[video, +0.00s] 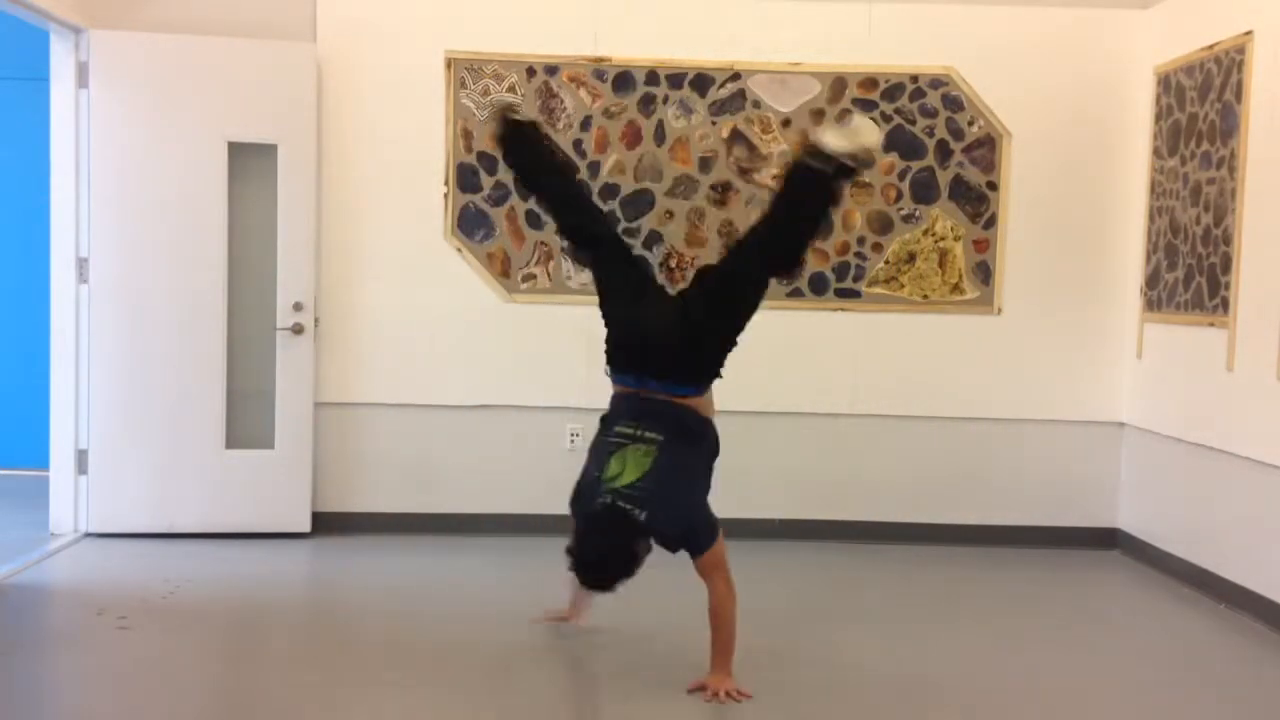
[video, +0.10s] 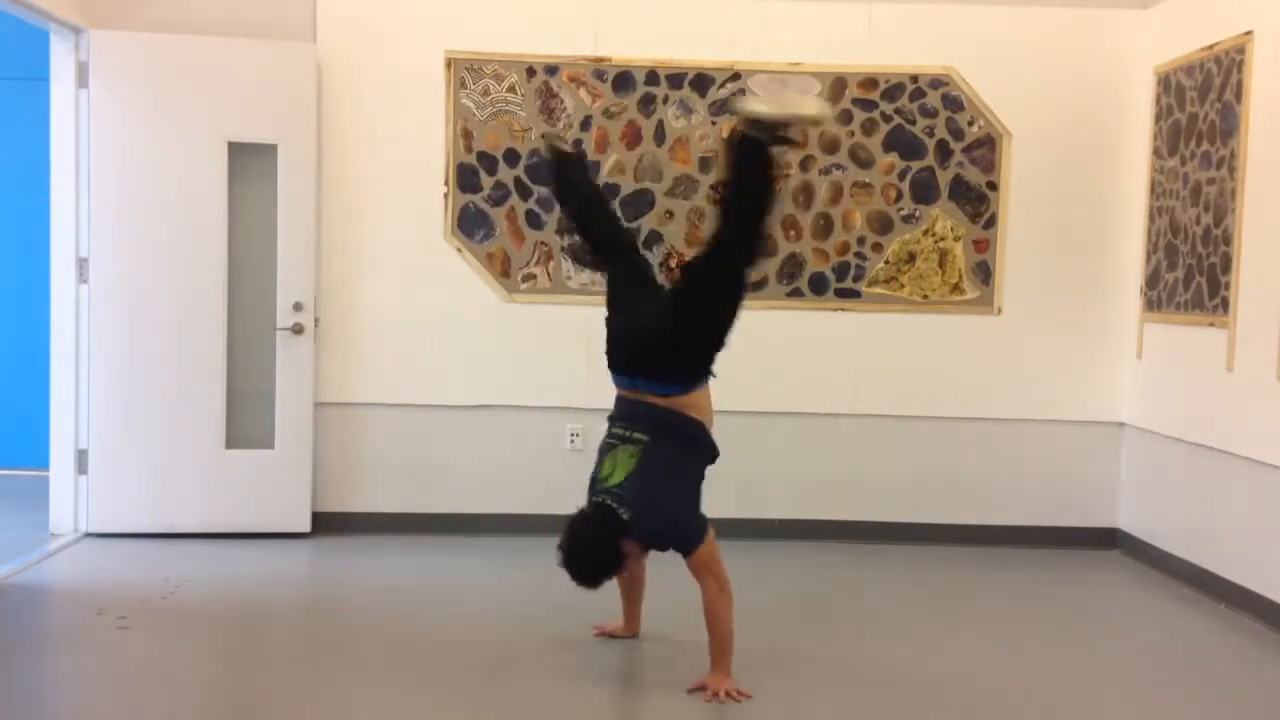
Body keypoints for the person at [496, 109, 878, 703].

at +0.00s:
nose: (602, 587)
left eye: (612, 581)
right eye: (591, 580)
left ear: (635, 554)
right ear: (583, 544)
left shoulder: (683, 516)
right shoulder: (585, 508)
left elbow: (722, 585)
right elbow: (583, 556)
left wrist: (720, 671)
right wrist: (577, 603)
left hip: (694, 371)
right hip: (631, 360)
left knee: (762, 256)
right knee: (590, 235)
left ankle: (822, 164)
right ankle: (514, 131)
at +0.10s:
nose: (616, 578)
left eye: (615, 571)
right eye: (609, 576)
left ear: (623, 548)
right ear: (580, 531)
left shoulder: (674, 520)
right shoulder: (600, 513)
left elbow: (716, 586)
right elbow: (632, 566)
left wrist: (720, 671)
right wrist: (631, 624)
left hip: (686, 372)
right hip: (629, 371)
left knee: (734, 245)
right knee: (617, 249)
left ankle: (755, 137)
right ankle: (561, 160)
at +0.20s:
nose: (616, 572)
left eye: (612, 565)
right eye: (606, 570)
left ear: (617, 544)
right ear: (599, 534)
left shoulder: (661, 520)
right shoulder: (606, 508)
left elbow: (707, 586)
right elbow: (638, 566)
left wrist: (720, 670)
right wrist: (635, 625)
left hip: (673, 368)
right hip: (628, 368)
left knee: (678, 244)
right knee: (643, 264)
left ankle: (662, 126)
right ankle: (609, 182)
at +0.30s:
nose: (614, 563)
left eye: (607, 557)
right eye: (605, 561)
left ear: (605, 535)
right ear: (600, 533)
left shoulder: (642, 506)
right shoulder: (616, 501)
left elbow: (695, 575)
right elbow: (644, 562)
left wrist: (709, 658)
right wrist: (637, 623)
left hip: (660, 359)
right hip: (631, 360)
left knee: (634, 228)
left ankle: (584, 121)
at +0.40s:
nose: (606, 559)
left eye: (595, 555)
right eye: (596, 557)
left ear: (593, 531)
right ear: (593, 526)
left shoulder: (626, 500)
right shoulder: (616, 495)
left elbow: (653, 566)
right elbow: (649, 559)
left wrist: (644, 648)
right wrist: (637, 620)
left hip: (630, 355)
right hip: (656, 348)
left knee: (593, 232)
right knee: (682, 288)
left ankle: (531, 125)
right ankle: (705, 222)